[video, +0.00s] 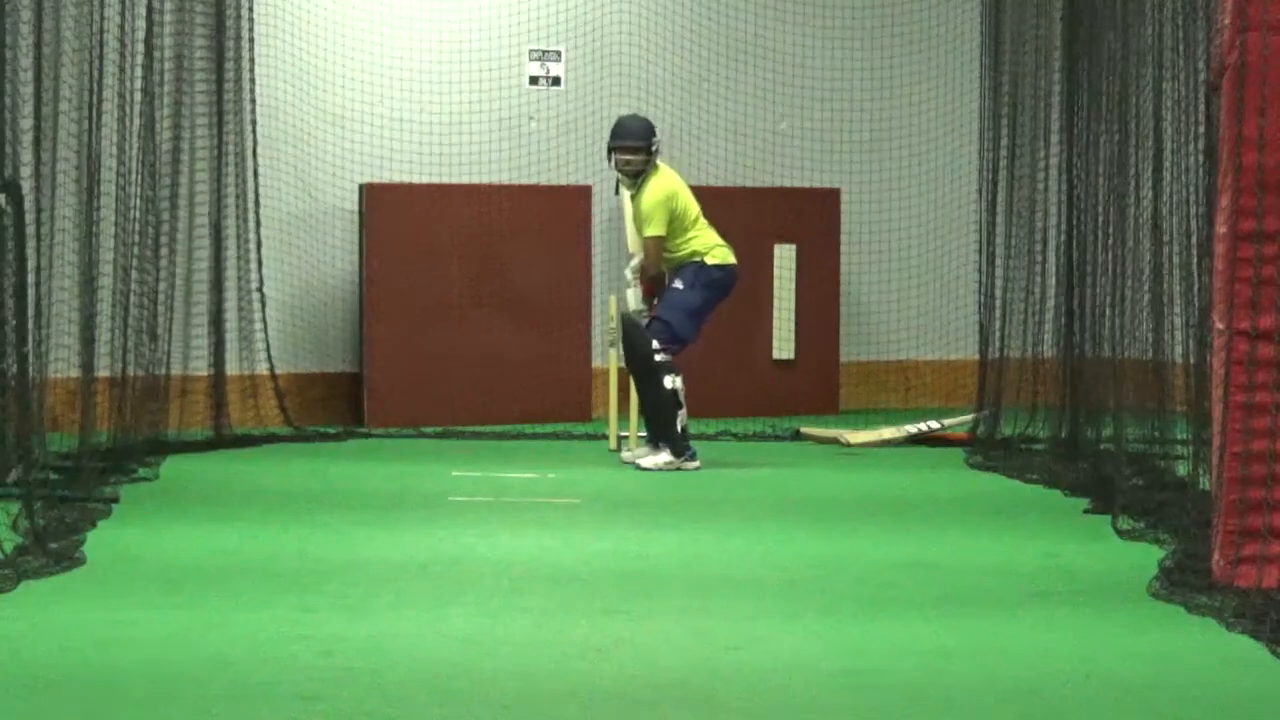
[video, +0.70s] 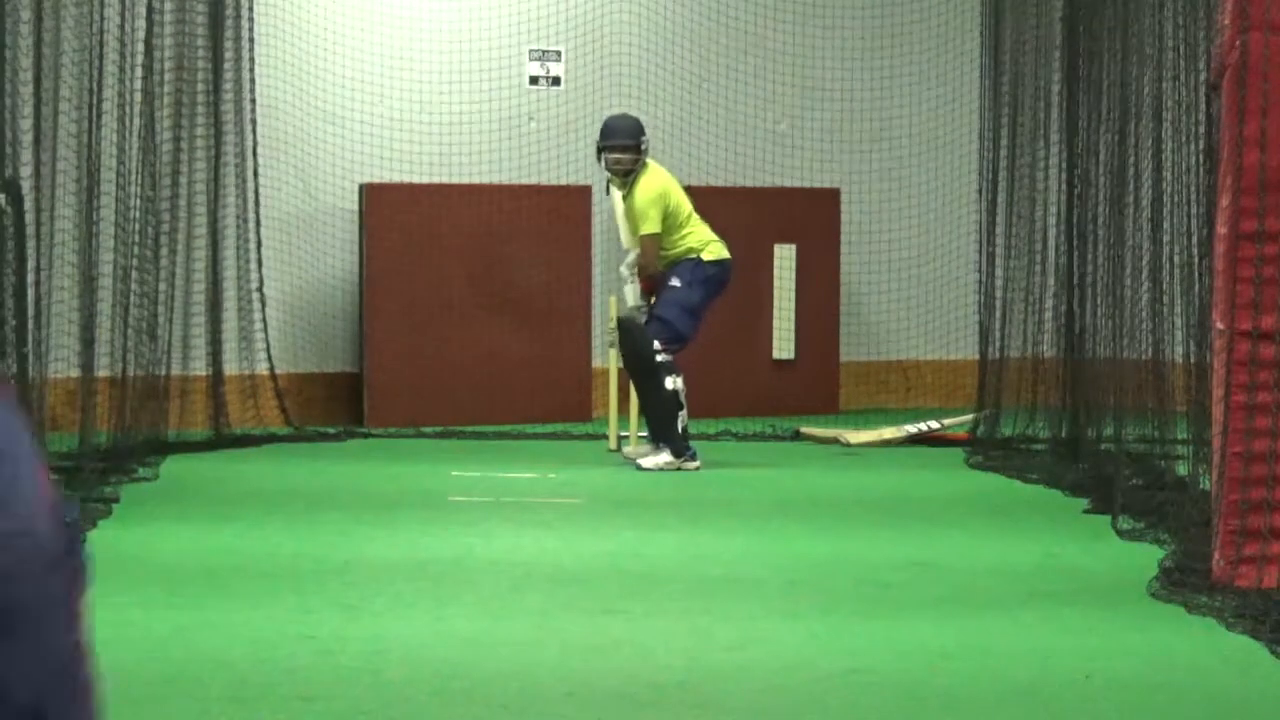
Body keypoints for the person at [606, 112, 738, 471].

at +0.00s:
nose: (628, 159)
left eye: (636, 152)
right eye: (621, 152)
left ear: (651, 154)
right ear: (611, 154)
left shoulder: (656, 191)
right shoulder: (632, 182)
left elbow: (652, 265)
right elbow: (642, 231)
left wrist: (645, 279)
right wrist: (640, 262)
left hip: (709, 264)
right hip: (687, 264)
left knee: (654, 347)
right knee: (644, 345)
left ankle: (678, 450)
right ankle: (659, 444)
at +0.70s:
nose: (619, 159)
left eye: (628, 151)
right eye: (612, 151)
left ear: (641, 152)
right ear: (601, 154)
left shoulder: (648, 188)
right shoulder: (621, 182)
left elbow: (649, 263)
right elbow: (636, 231)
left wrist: (642, 279)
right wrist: (635, 259)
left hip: (703, 260)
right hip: (678, 261)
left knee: (653, 344)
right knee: (641, 342)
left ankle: (678, 449)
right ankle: (661, 440)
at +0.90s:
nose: (611, 165)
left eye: (619, 156)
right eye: (603, 158)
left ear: (631, 157)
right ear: (591, 160)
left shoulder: (643, 193)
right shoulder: (603, 180)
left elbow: (652, 264)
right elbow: (620, 217)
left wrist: (634, 276)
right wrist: (618, 239)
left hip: (698, 254)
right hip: (672, 257)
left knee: (654, 342)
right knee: (642, 341)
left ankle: (672, 446)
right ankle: (662, 438)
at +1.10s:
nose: (604, 192)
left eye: (611, 183)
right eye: (596, 185)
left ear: (622, 175)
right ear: (582, 180)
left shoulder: (640, 200)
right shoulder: (591, 192)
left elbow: (650, 271)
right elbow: (600, 221)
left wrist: (610, 281)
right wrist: (589, 242)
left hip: (694, 256)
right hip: (661, 260)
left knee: (651, 346)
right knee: (643, 349)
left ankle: (630, 440)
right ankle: (664, 441)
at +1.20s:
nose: (601, 191)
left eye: (608, 183)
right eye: (593, 185)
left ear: (620, 173)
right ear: (582, 179)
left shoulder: (641, 184)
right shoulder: (583, 195)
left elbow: (658, 239)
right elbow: (591, 234)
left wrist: (625, 281)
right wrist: (596, 256)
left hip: (681, 257)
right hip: (644, 262)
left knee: (648, 340)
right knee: (614, 342)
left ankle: (622, 443)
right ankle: (663, 438)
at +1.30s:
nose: (602, 188)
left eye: (608, 179)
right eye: (593, 181)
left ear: (621, 170)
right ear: (582, 176)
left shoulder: (639, 166)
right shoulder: (582, 206)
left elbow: (660, 168)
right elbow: (611, 248)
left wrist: (643, 222)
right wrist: (624, 257)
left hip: (675, 254)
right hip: (635, 266)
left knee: (650, 339)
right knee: (619, 344)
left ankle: (623, 442)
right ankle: (663, 437)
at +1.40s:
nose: (607, 183)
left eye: (613, 175)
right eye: (599, 178)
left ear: (624, 159)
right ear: (586, 169)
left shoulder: (639, 147)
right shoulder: (586, 199)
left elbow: (655, 152)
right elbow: (616, 230)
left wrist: (648, 192)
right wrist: (636, 242)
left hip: (672, 248)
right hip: (628, 258)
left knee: (653, 341)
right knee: (631, 343)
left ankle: (633, 437)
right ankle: (660, 431)